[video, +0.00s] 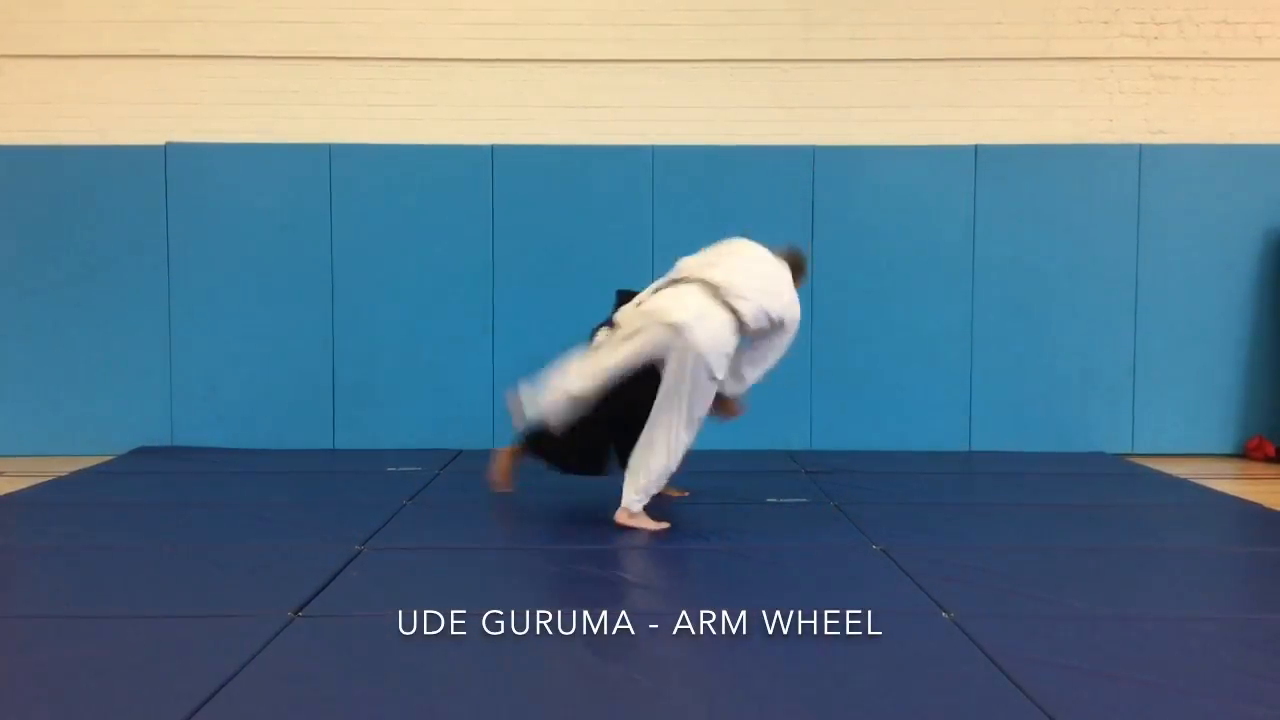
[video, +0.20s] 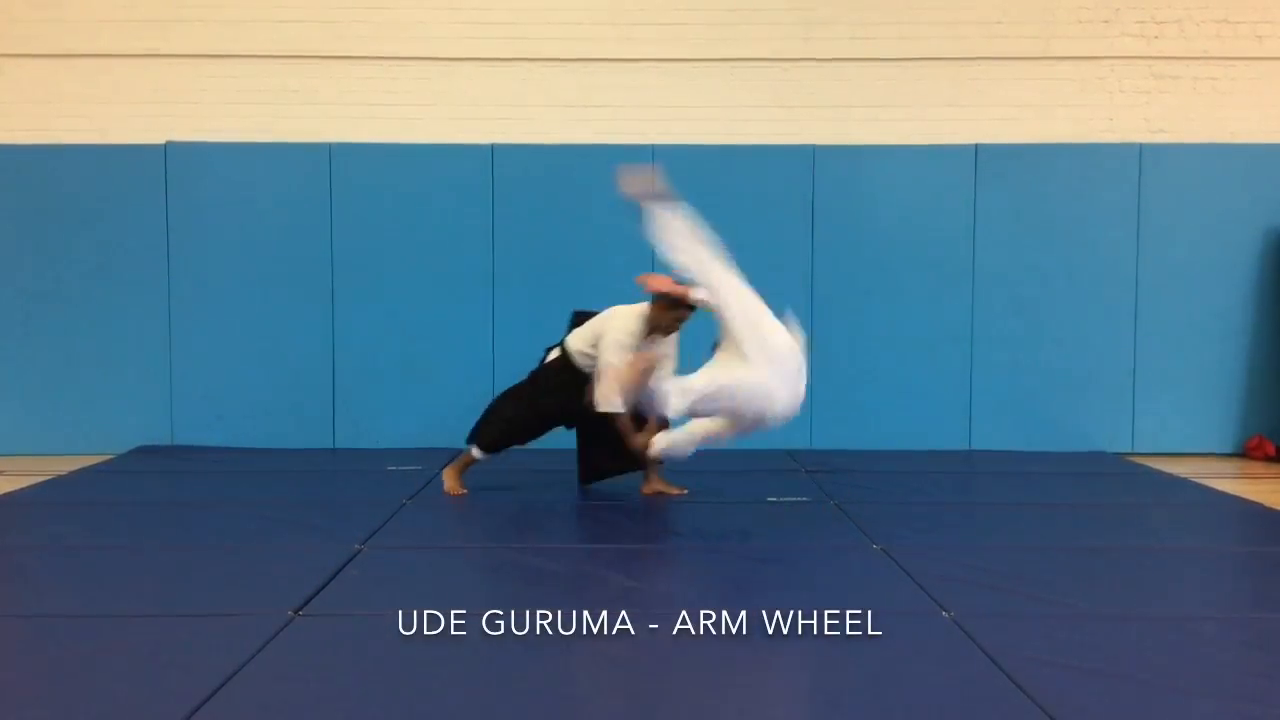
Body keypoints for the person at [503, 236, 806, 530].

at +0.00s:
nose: (794, 289)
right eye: (798, 284)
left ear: (774, 253)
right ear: (797, 279)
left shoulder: (739, 246)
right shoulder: (790, 307)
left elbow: (683, 269)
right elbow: (749, 365)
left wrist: (641, 302)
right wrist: (728, 395)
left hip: (671, 304)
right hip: (710, 339)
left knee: (600, 362)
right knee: (673, 423)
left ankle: (538, 403)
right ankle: (632, 507)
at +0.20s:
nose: (677, 326)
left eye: (682, 321)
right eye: (674, 317)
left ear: (681, 320)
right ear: (657, 308)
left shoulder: (667, 335)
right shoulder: (624, 324)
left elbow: (662, 380)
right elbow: (607, 391)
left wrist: (658, 420)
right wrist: (632, 435)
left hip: (610, 377)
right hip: (569, 370)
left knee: (652, 414)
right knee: (521, 419)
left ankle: (652, 478)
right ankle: (456, 469)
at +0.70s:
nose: (652, 253)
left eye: (657, 248)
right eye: (647, 245)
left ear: (659, 247)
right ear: (630, 239)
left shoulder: (657, 276)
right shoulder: (600, 270)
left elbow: (658, 318)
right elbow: (596, 321)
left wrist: (648, 357)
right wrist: (616, 365)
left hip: (626, 355)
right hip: (583, 353)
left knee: (662, 399)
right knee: (548, 414)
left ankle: (654, 478)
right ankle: (472, 460)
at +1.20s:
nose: (574, 215)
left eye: (578, 209)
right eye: (567, 208)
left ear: (582, 212)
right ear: (548, 209)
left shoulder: (586, 251)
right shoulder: (523, 253)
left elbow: (600, 304)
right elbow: (511, 312)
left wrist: (613, 351)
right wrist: (522, 362)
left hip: (573, 347)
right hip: (536, 346)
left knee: (612, 395)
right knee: (537, 421)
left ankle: (645, 475)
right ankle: (476, 486)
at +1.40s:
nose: (536, 192)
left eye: (538, 186)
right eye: (528, 186)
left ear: (540, 190)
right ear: (507, 192)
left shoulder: (544, 234)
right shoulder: (485, 236)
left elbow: (554, 291)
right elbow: (466, 295)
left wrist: (572, 334)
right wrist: (485, 340)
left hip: (535, 331)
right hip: (498, 331)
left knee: (560, 398)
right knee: (495, 411)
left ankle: (565, 481)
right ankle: (475, 488)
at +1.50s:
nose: (527, 174)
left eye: (528, 168)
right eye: (519, 169)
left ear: (527, 173)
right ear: (498, 175)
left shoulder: (533, 217)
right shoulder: (475, 217)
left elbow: (543, 269)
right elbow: (453, 268)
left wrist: (570, 303)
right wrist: (487, 306)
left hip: (518, 316)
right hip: (481, 315)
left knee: (526, 389)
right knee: (482, 395)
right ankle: (472, 481)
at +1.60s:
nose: (516, 171)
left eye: (517, 166)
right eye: (508, 166)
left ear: (516, 172)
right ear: (486, 172)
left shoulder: (521, 217)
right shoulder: (463, 213)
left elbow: (542, 256)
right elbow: (449, 261)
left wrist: (570, 273)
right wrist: (494, 281)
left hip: (502, 317)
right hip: (468, 314)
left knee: (492, 397)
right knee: (464, 395)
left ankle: (461, 483)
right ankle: (437, 482)